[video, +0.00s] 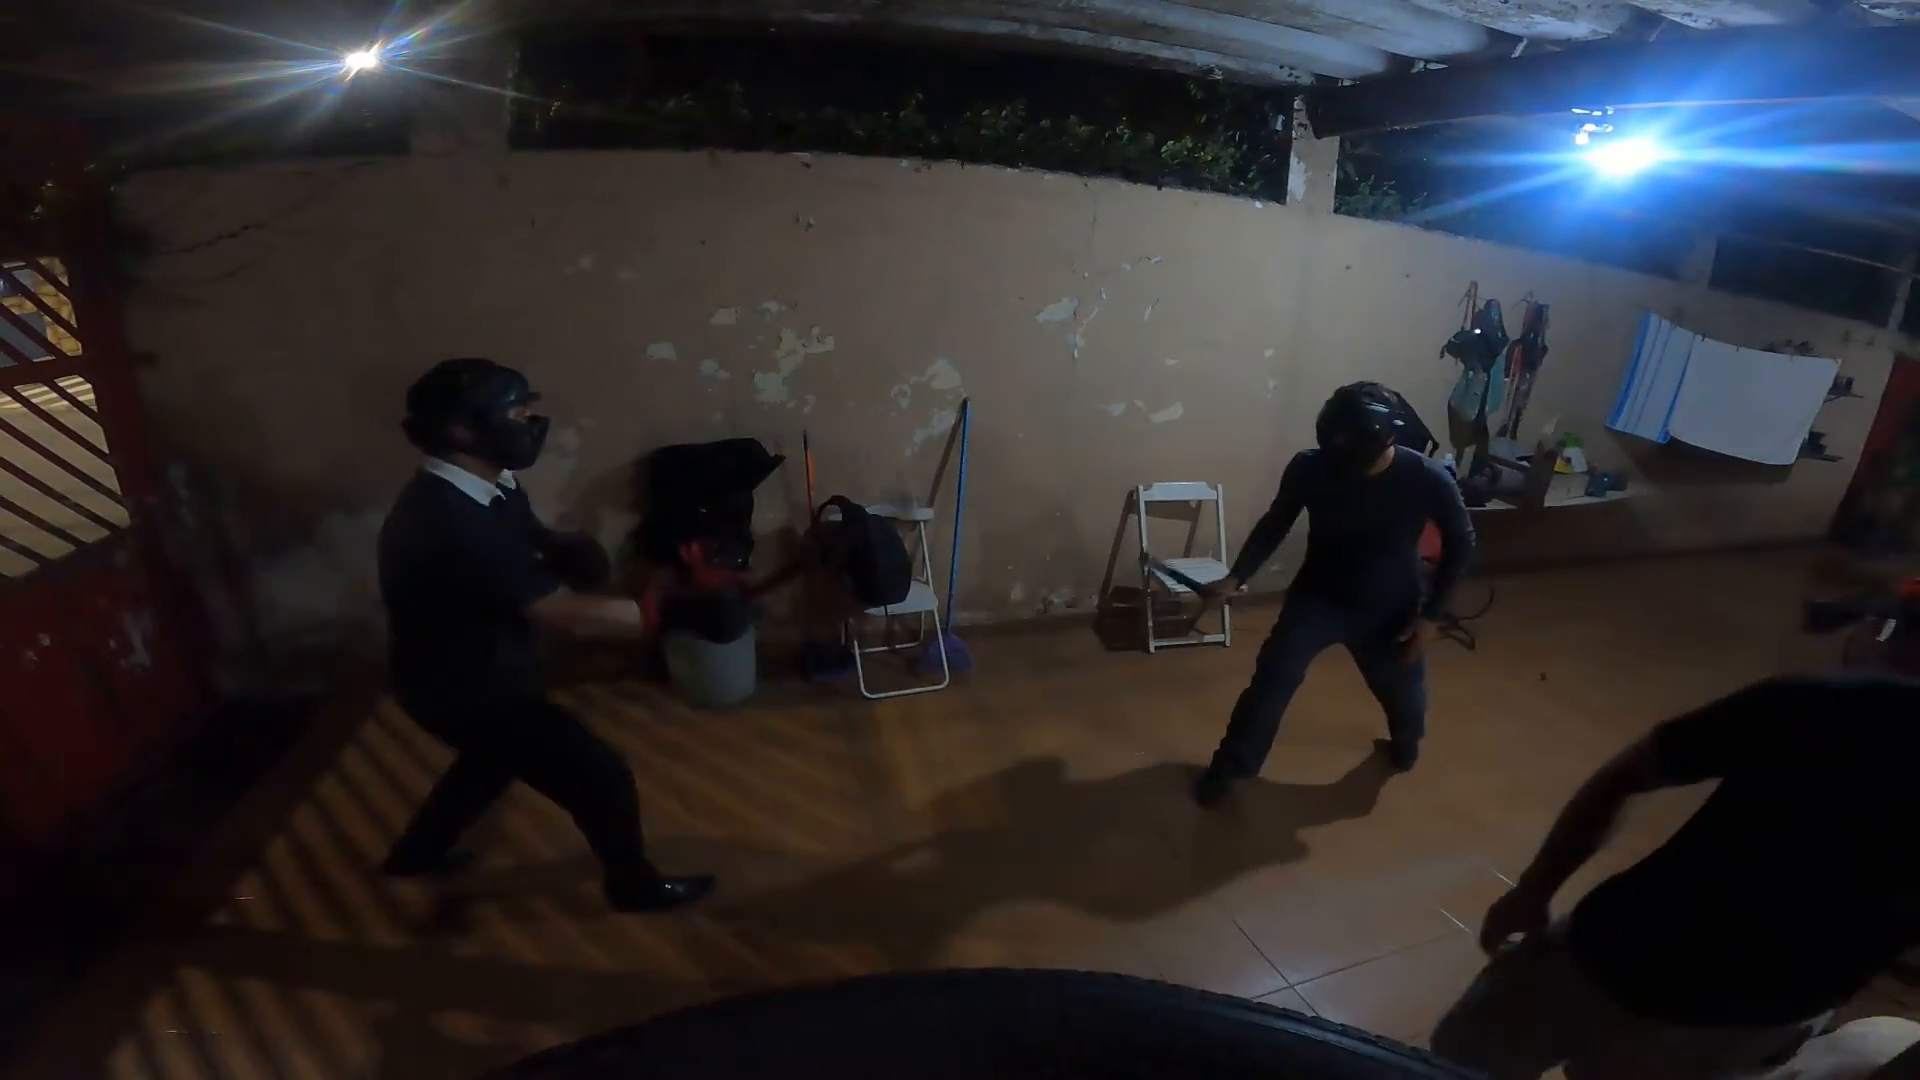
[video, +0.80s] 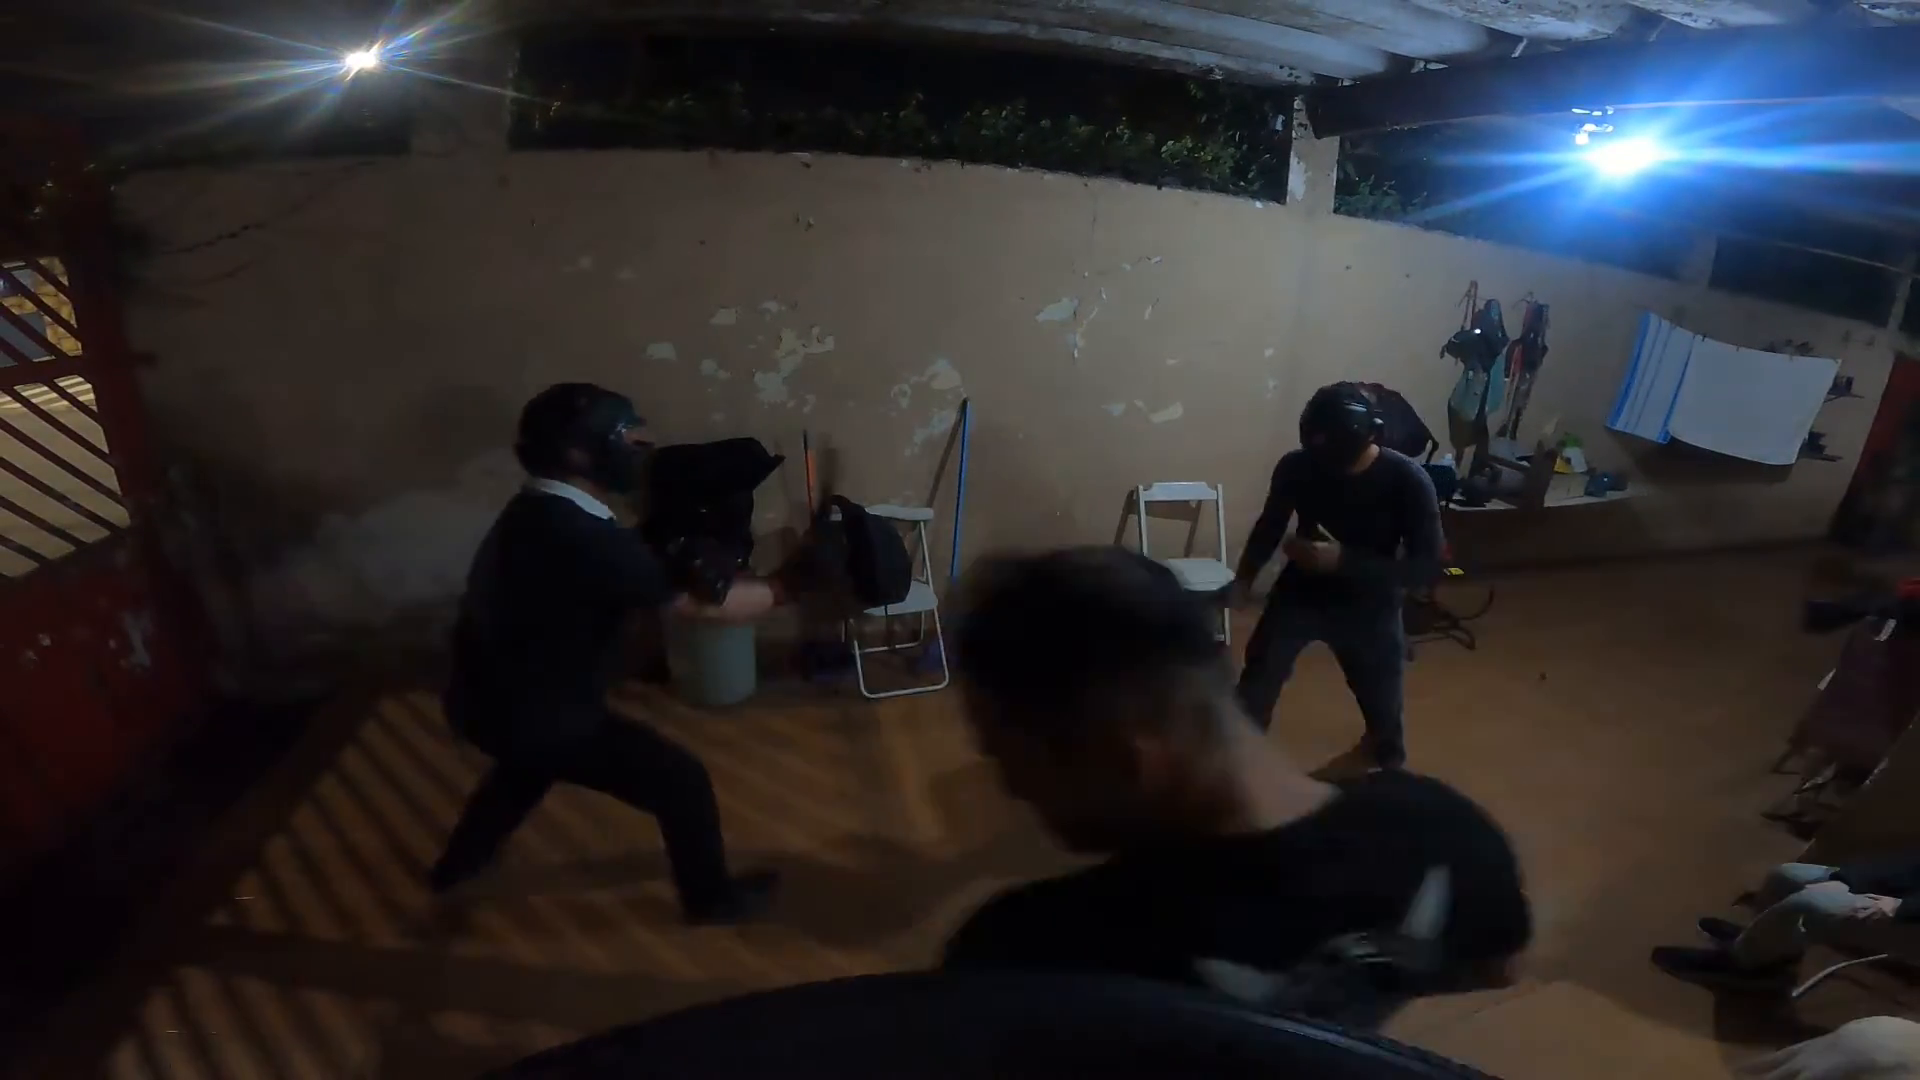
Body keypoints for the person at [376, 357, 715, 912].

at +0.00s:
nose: (534, 415)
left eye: (527, 403)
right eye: (513, 408)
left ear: (464, 433)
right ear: (463, 433)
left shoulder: (490, 486)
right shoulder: (445, 522)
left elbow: (523, 543)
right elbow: (548, 609)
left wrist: (563, 556)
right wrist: (654, 616)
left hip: (493, 674)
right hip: (455, 693)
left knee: (495, 758)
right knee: (601, 776)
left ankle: (418, 852)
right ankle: (632, 882)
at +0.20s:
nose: (535, 440)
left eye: (531, 428)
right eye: (518, 432)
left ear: (464, 449)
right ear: (468, 449)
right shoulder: (465, 534)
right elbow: (567, 629)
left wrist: (558, 580)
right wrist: (640, 601)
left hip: (420, 686)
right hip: (451, 700)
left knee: (491, 747)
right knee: (595, 766)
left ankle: (432, 850)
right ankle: (632, 876)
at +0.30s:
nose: (527, 449)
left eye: (522, 437)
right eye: (510, 440)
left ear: (454, 456)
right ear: (458, 455)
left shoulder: (431, 514)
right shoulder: (461, 541)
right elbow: (498, 670)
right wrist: (574, 701)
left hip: (419, 692)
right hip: (449, 704)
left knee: (509, 730)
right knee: (610, 740)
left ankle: (436, 850)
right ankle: (650, 868)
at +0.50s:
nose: (554, 444)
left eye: (547, 432)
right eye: (535, 438)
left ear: (483, 463)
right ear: (485, 462)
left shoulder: (488, 517)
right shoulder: (485, 544)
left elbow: (551, 606)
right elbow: (493, 679)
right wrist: (560, 724)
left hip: (442, 697)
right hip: (470, 711)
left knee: (508, 755)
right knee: (637, 773)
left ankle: (433, 853)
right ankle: (704, 888)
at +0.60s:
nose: (574, 443)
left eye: (568, 432)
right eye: (556, 436)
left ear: (506, 461)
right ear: (509, 458)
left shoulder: (519, 519)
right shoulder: (510, 542)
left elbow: (583, 602)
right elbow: (559, 659)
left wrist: (633, 560)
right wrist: (635, 704)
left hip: (472, 699)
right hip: (499, 716)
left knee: (513, 765)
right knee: (655, 777)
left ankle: (434, 854)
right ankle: (706, 891)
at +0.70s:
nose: (605, 445)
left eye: (600, 433)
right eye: (588, 436)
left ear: (534, 458)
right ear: (538, 457)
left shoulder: (507, 521)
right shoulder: (551, 543)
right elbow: (643, 639)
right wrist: (725, 648)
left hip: (485, 704)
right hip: (527, 719)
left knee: (530, 767)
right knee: (673, 778)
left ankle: (438, 858)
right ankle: (708, 895)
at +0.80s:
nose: (639, 442)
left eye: (634, 429)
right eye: (623, 433)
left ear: (569, 456)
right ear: (578, 455)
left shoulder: (526, 515)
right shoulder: (593, 541)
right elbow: (704, 599)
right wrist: (785, 590)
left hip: (486, 705)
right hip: (542, 723)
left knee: (533, 765)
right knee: (679, 779)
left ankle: (454, 869)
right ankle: (708, 895)